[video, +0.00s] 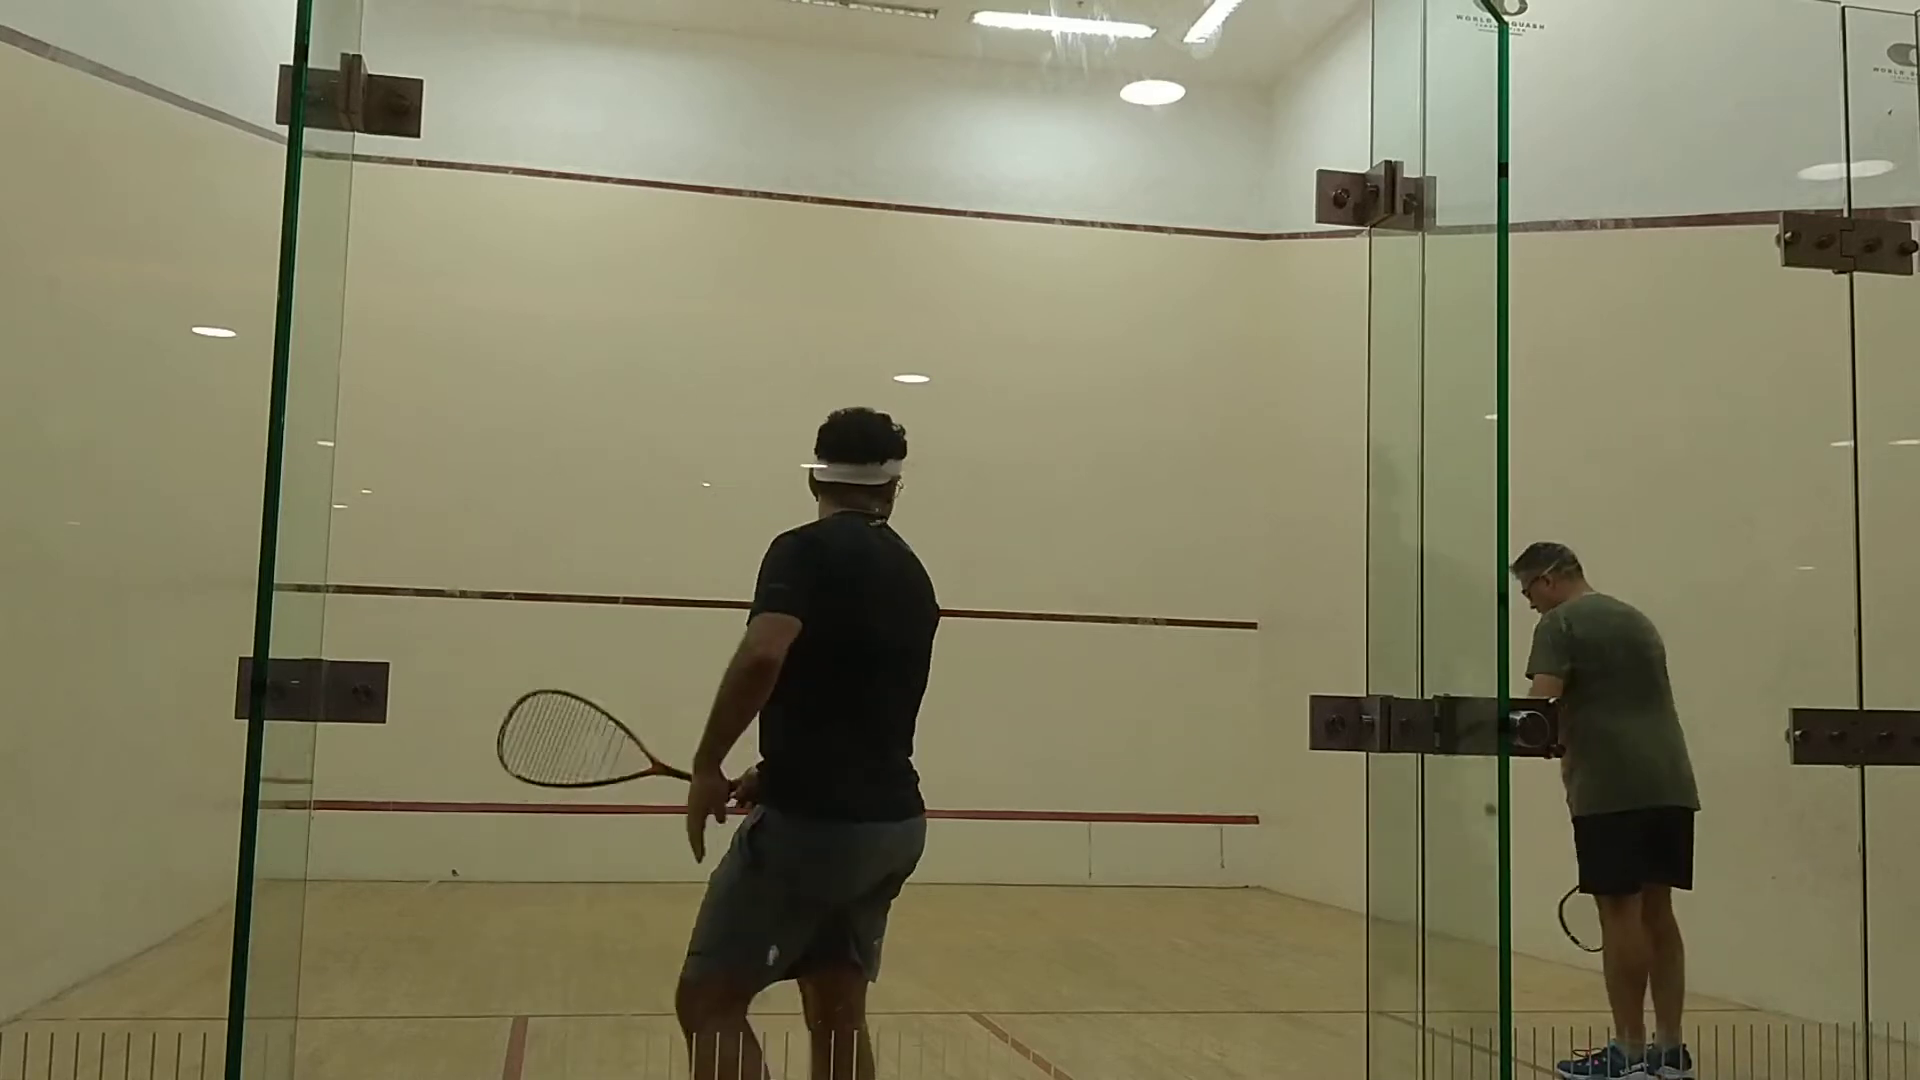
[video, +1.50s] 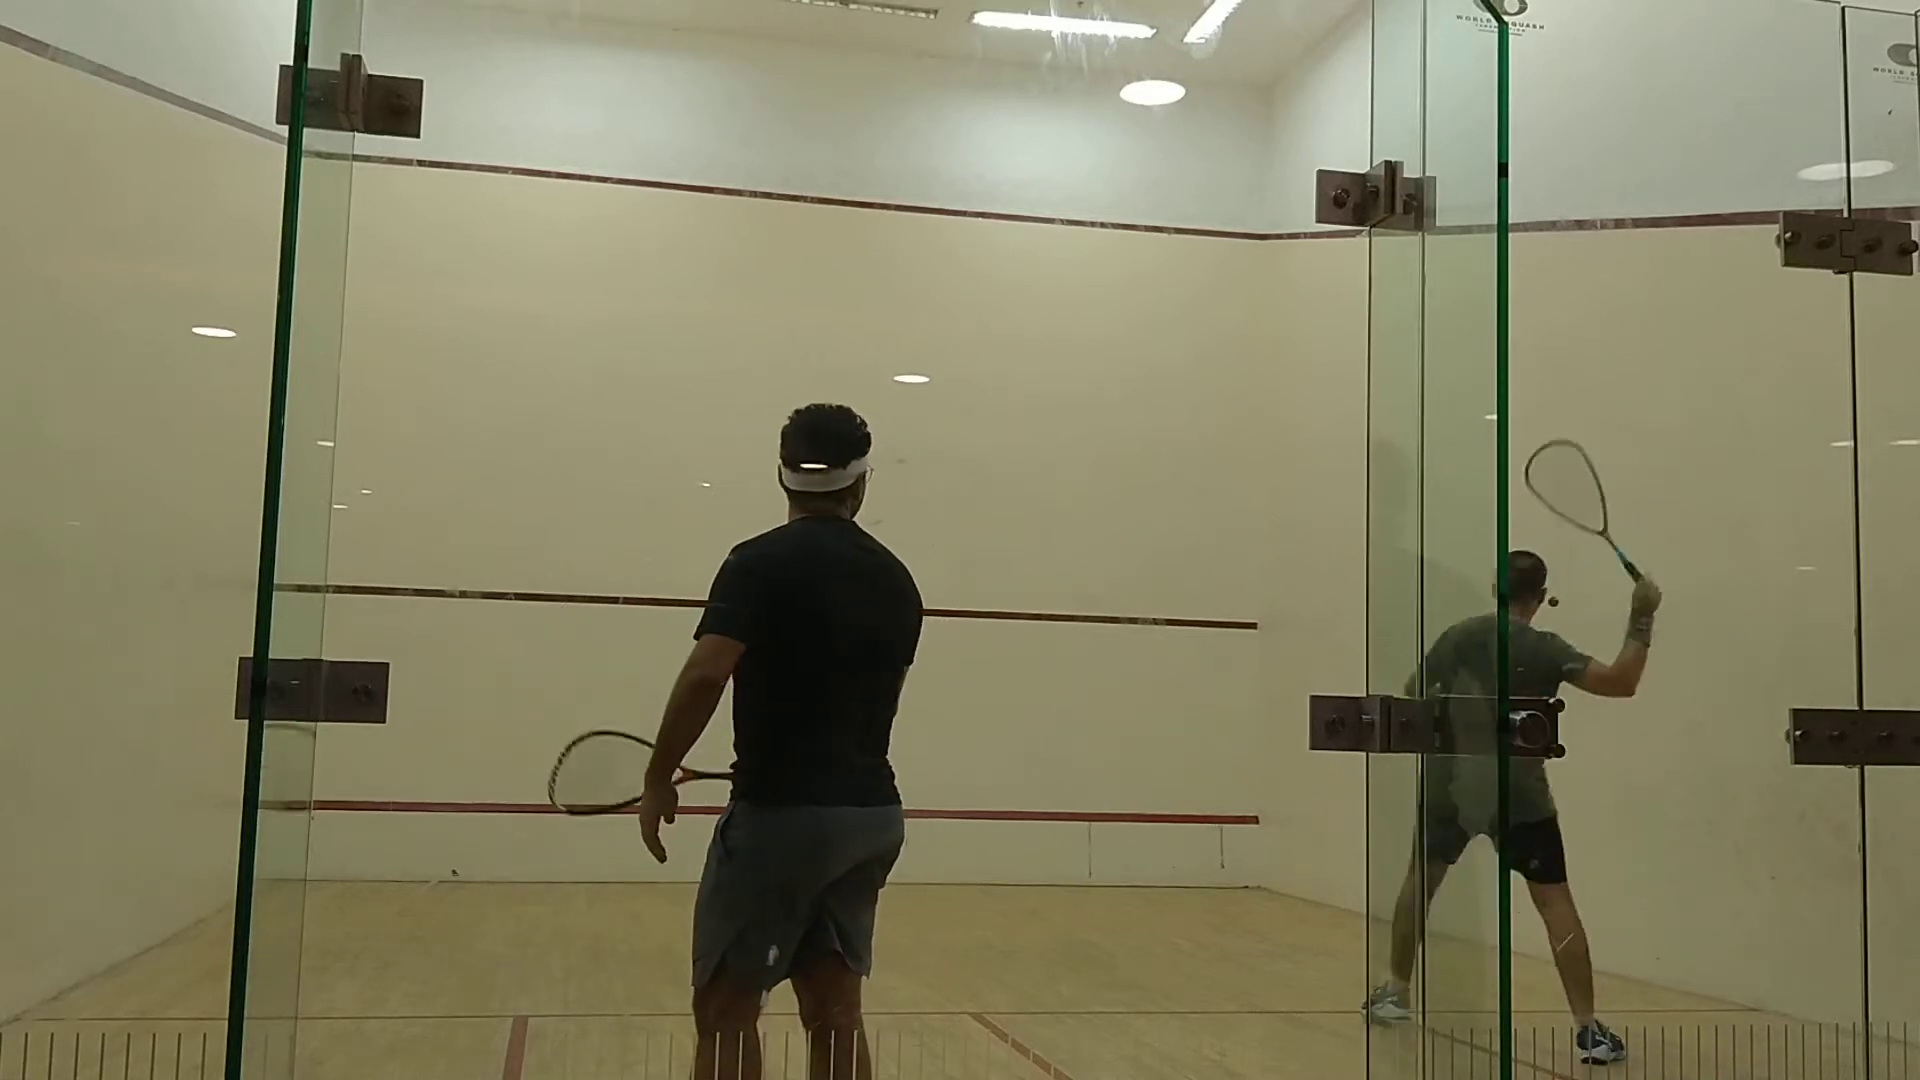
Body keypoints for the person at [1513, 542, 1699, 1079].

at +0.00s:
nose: (1531, 604)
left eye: (1530, 592)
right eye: (1527, 594)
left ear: (1550, 580)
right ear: (1575, 575)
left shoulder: (1557, 623)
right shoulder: (1636, 619)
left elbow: (1538, 711)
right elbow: (1644, 708)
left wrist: (1554, 744)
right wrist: (1573, 740)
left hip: (1610, 796)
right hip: (1672, 790)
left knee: (1621, 917)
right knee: (1659, 914)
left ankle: (1629, 1052)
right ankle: (1670, 1050)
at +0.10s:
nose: (1531, 597)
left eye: (1533, 585)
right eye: (1528, 588)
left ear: (1558, 574)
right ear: (1578, 572)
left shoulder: (1553, 624)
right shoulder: (1644, 620)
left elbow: (1526, 715)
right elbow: (1676, 710)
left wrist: (1558, 742)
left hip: (1604, 796)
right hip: (1670, 791)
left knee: (1616, 916)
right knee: (1660, 912)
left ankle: (1629, 1052)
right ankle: (1670, 1049)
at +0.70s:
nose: (1525, 580)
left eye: (1528, 570)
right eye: (1525, 570)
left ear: (1544, 569)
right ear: (1580, 567)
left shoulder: (1537, 628)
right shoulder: (1628, 620)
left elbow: (1524, 720)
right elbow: (1680, 678)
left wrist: (1494, 789)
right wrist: (1722, 702)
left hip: (1583, 799)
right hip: (1641, 793)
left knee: (1606, 922)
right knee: (1616, 915)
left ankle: (1631, 1052)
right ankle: (1608, 1040)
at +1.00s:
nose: (1533, 581)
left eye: (1534, 574)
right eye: (1538, 573)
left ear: (1541, 577)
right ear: (1585, 576)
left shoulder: (1512, 638)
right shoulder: (1620, 630)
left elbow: (1484, 716)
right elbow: (1690, 687)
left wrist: (1476, 783)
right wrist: (1717, 653)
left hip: (1540, 804)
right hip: (1613, 802)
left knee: (1538, 907)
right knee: (1603, 908)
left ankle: (1604, 1013)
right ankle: (1598, 1030)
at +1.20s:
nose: (1544, 580)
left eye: (1535, 572)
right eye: (1568, 572)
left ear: (1532, 575)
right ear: (1580, 576)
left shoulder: (1498, 630)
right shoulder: (1600, 628)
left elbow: (1479, 705)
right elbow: (1678, 675)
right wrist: (1695, 628)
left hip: (1514, 791)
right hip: (1587, 792)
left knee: (1504, 881)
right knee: (1593, 901)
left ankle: (1530, 995)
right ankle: (1596, 1032)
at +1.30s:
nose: (1560, 582)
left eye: (1537, 571)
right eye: (1570, 575)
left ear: (1525, 575)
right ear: (1572, 578)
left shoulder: (1491, 627)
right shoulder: (1586, 630)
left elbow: (1474, 700)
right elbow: (1666, 670)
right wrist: (1678, 621)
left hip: (1494, 788)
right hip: (1567, 792)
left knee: (1478, 884)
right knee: (1584, 901)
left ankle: (1477, 1001)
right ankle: (1594, 1030)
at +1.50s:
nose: (1545, 599)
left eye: (1540, 591)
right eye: (1544, 593)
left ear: (1495, 591)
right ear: (1540, 597)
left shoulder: (1454, 638)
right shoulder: (1541, 647)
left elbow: (1410, 701)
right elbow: (1621, 682)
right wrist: (1641, 617)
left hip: (1448, 791)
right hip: (1518, 795)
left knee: (1419, 884)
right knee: (1556, 905)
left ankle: (1395, 992)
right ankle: (1588, 1030)